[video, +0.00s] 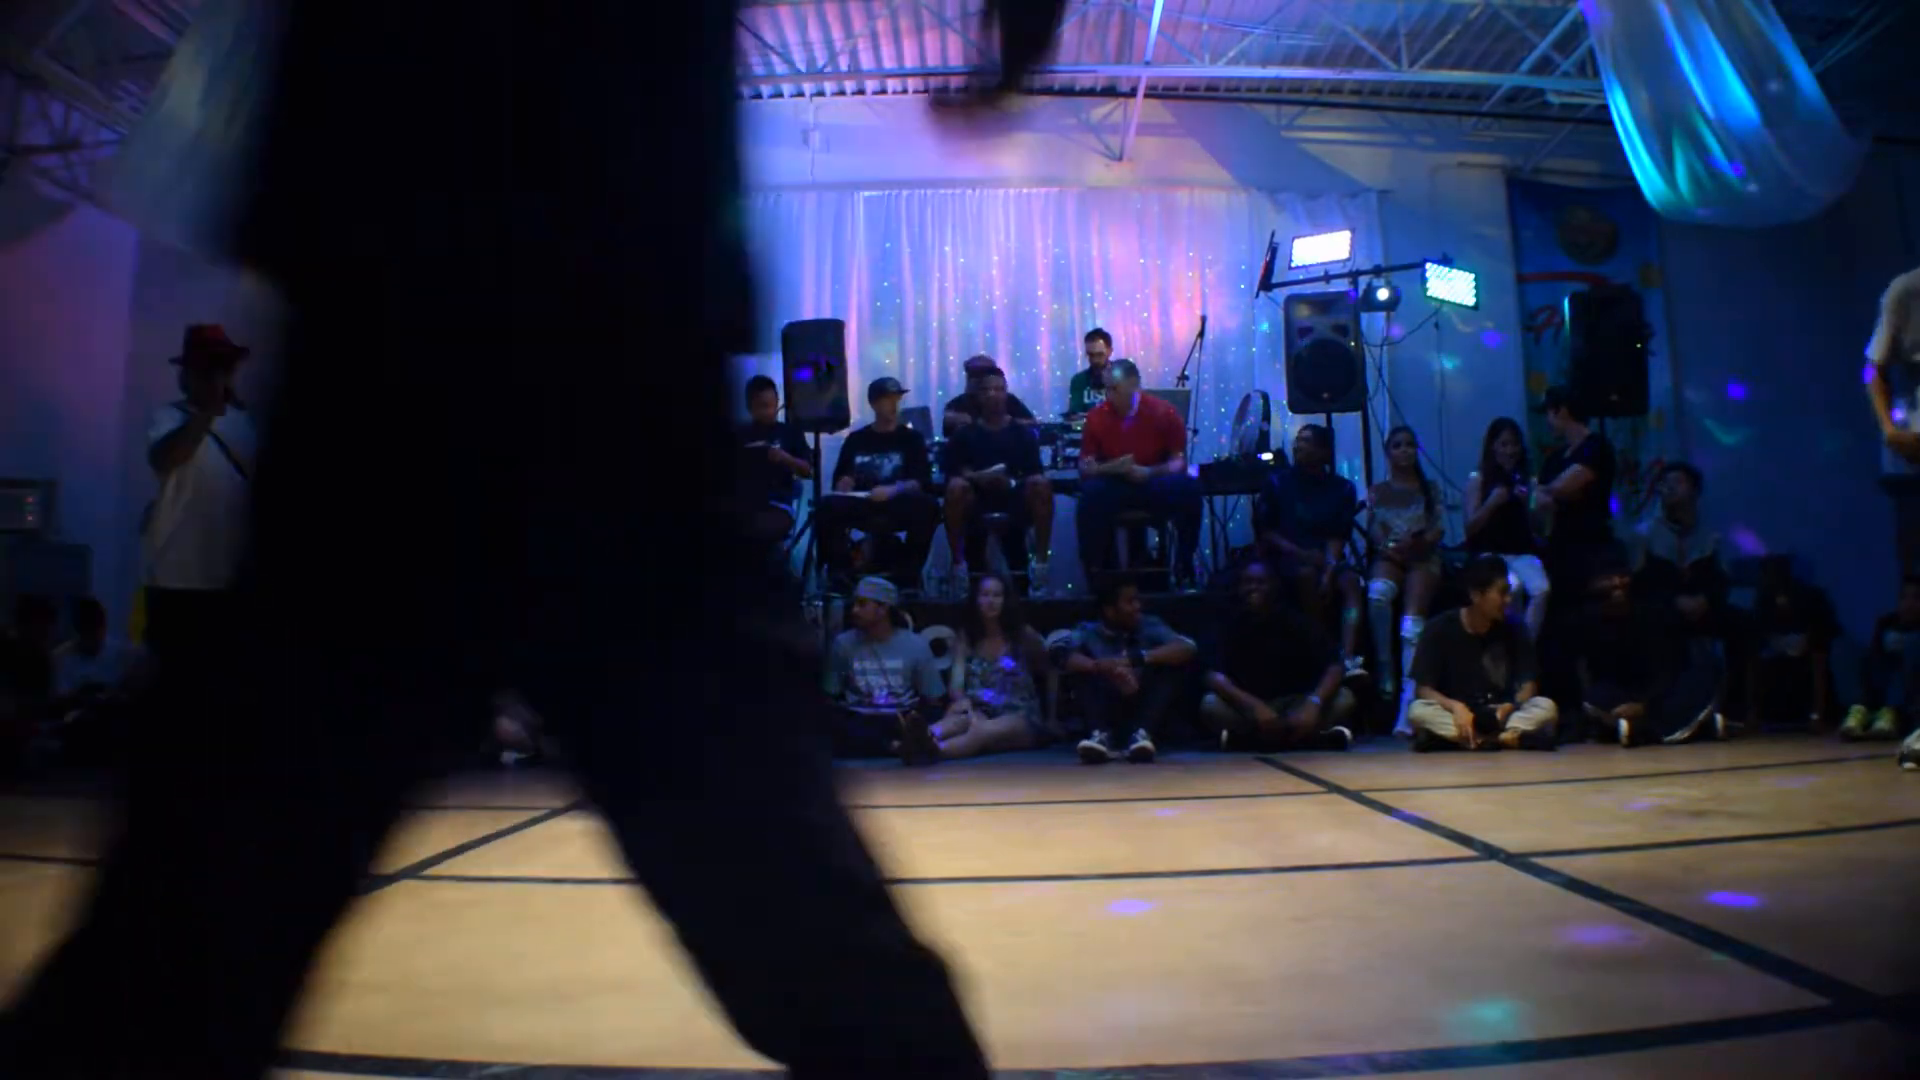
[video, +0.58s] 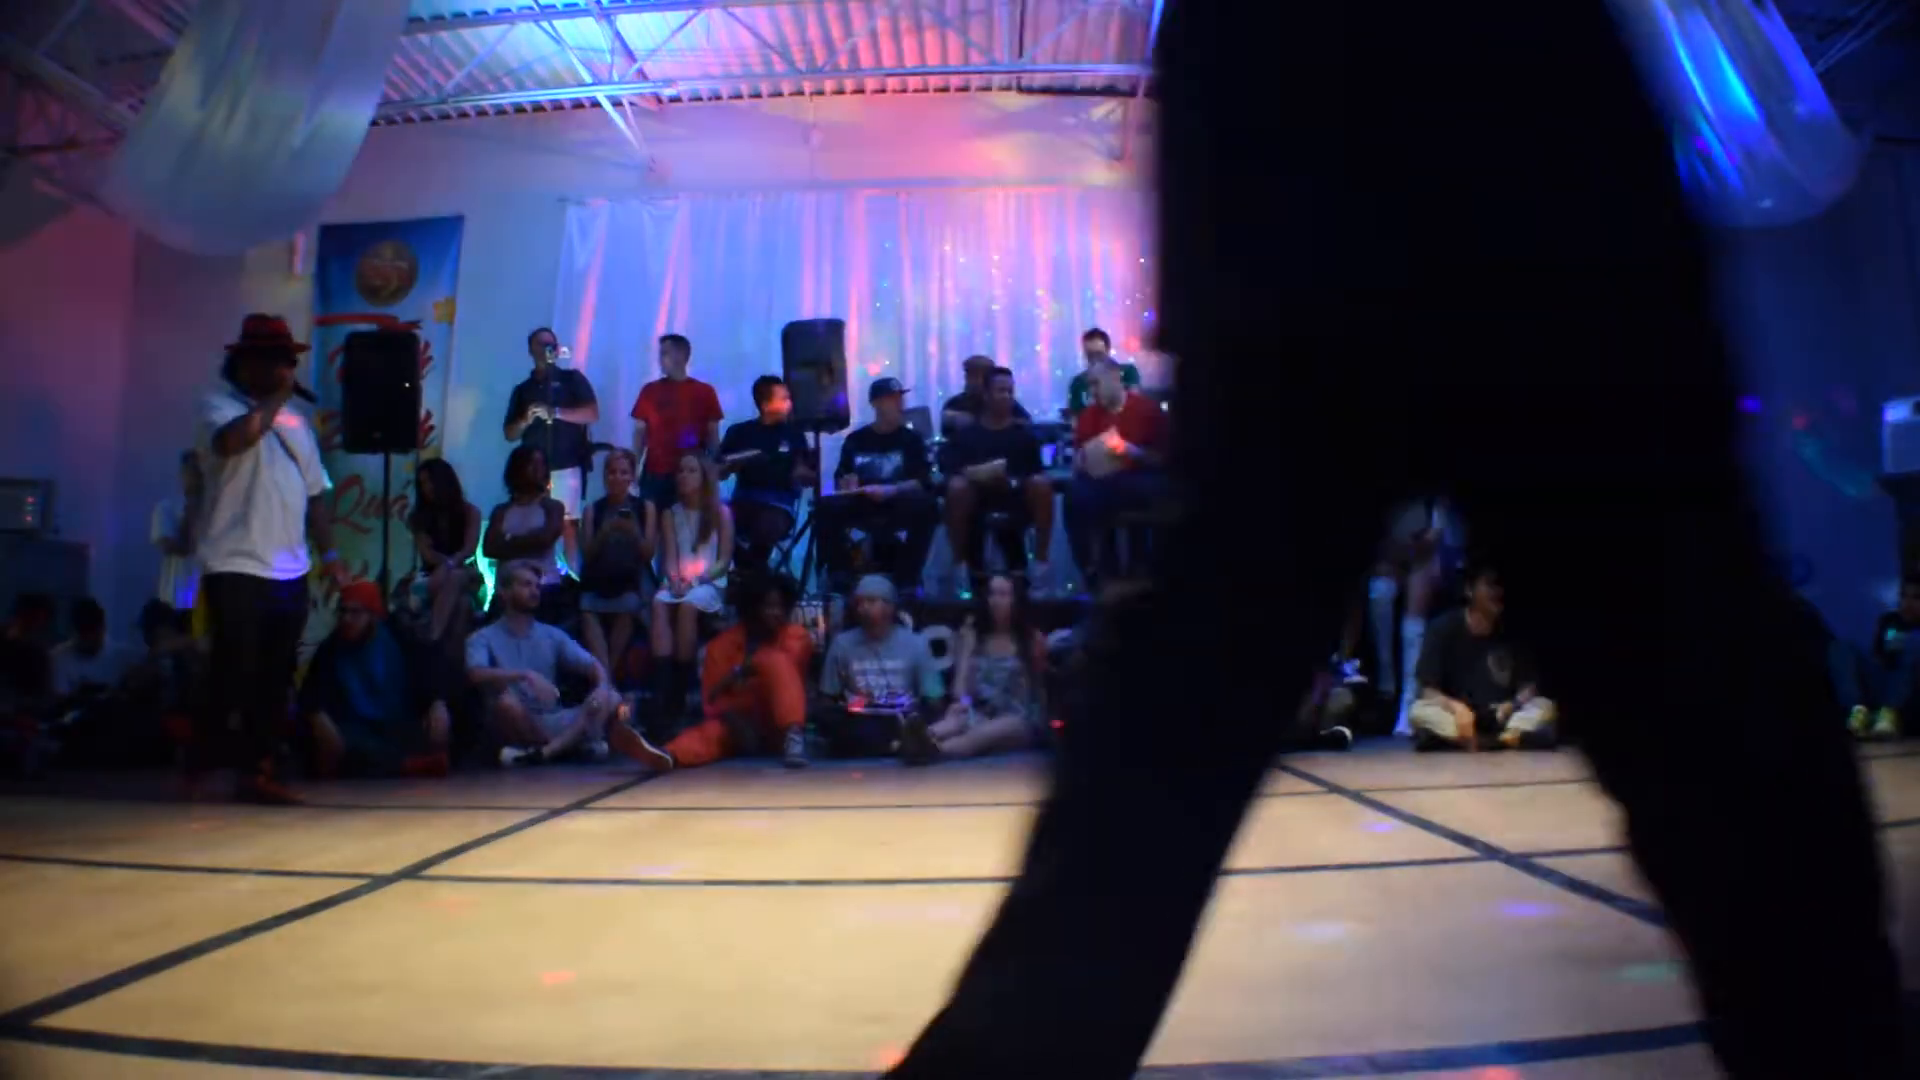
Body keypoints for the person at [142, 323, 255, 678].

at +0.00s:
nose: (217, 381)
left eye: (223, 370)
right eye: (207, 371)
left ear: (231, 372)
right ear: (188, 374)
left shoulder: (245, 424)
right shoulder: (170, 417)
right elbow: (164, 461)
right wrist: (206, 413)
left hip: (234, 576)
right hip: (177, 580)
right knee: (174, 687)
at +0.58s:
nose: (285, 374)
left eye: (289, 365)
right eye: (275, 364)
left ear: (292, 370)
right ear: (249, 368)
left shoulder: (297, 422)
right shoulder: (221, 405)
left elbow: (317, 498)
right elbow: (227, 443)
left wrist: (329, 557)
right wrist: (271, 403)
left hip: (287, 567)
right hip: (234, 563)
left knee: (276, 674)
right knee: (235, 668)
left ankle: (266, 769)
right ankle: (216, 767)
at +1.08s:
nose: (325, 362)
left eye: (325, 353)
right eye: (318, 352)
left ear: (290, 354)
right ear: (291, 351)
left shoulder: (286, 399)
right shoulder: (266, 397)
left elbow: (349, 429)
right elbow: (330, 436)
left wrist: (402, 375)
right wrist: (344, 393)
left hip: (291, 560)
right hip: (275, 562)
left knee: (285, 673)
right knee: (282, 673)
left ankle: (273, 774)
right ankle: (266, 778)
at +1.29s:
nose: (345, 360)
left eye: (344, 351)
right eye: (339, 351)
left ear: (298, 351)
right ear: (318, 352)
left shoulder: (279, 394)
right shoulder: (308, 397)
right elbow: (370, 442)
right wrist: (363, 397)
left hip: (271, 551)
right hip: (294, 556)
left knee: (282, 670)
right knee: (293, 671)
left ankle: (273, 775)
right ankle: (278, 778)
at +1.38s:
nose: (348, 360)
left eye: (347, 351)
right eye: (341, 351)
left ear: (295, 348)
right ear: (322, 352)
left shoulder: (268, 394)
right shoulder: (318, 398)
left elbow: (248, 460)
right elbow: (379, 444)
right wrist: (364, 393)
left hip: (263, 551)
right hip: (300, 557)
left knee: (273, 670)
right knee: (297, 673)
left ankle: (271, 775)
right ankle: (280, 778)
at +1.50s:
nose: (348, 361)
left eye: (347, 351)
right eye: (342, 351)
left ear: (290, 347)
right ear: (325, 351)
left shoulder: (250, 400)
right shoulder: (327, 398)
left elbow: (231, 471)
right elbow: (379, 443)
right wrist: (360, 391)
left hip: (253, 554)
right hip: (301, 559)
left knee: (265, 670)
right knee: (296, 673)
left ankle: (272, 775)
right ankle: (278, 778)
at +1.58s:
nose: (345, 360)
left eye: (344, 351)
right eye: (341, 350)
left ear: (287, 347)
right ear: (326, 351)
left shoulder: (243, 402)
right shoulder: (329, 396)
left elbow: (222, 475)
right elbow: (377, 444)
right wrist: (351, 398)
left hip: (246, 556)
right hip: (297, 560)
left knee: (261, 668)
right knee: (295, 671)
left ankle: (268, 776)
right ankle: (277, 780)